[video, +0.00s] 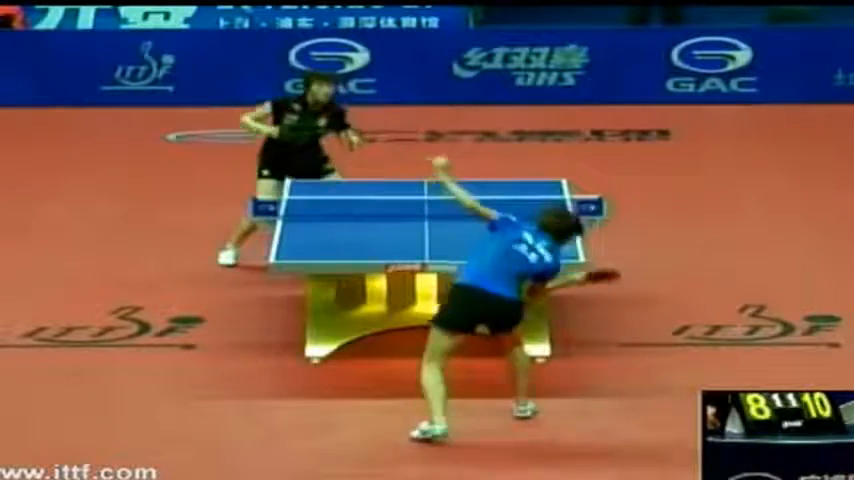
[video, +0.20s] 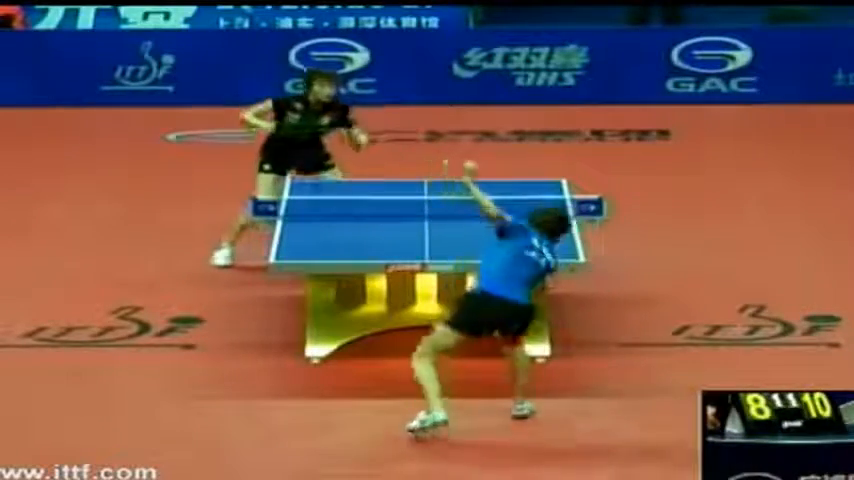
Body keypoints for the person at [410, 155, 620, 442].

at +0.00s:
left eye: (548, 213)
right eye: (567, 236)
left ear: (543, 218)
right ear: (564, 237)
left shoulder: (511, 224)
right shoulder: (551, 261)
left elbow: (473, 207)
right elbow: (533, 295)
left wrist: (444, 177)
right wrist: (572, 281)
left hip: (467, 291)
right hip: (505, 302)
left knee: (432, 361)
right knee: (515, 345)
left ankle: (437, 422)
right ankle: (522, 403)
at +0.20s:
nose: (533, 214)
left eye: (537, 213)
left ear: (536, 219)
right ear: (557, 233)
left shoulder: (516, 229)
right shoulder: (549, 258)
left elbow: (491, 211)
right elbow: (538, 290)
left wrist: (469, 182)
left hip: (484, 300)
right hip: (518, 308)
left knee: (423, 354)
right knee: (516, 347)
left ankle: (435, 410)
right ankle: (521, 402)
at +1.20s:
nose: (503, 198)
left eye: (507, 195)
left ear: (507, 202)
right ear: (535, 212)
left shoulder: (479, 219)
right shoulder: (536, 240)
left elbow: (428, 221)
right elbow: (538, 286)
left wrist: (416, 207)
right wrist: (545, 323)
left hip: (467, 300)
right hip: (507, 303)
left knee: (442, 365)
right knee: (537, 342)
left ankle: (450, 432)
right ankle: (550, 399)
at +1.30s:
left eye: (529, 198)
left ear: (528, 204)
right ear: (552, 220)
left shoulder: (498, 217)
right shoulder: (547, 245)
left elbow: (448, 211)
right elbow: (543, 287)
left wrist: (417, 193)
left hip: (467, 294)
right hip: (506, 301)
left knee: (444, 365)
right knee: (536, 338)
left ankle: (449, 431)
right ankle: (550, 388)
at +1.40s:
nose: (582, 240)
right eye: (583, 234)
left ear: (552, 219)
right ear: (574, 234)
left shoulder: (522, 226)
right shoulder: (563, 259)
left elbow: (479, 209)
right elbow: (552, 288)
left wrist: (447, 183)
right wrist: (590, 278)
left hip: (482, 295)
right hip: (519, 304)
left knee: (449, 363)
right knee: (537, 340)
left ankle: (449, 423)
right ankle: (539, 395)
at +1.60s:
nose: (545, 216)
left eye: (549, 214)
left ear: (550, 219)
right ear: (571, 231)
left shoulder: (536, 229)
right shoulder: (567, 256)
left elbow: (514, 214)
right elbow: (549, 281)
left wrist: (491, 188)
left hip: (507, 297)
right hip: (540, 306)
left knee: (432, 349)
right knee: (536, 338)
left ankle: (463, 399)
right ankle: (540, 393)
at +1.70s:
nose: (534, 208)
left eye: (537, 206)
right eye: (535, 206)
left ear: (542, 210)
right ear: (565, 218)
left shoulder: (532, 223)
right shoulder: (563, 246)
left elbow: (513, 212)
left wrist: (489, 187)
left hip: (508, 294)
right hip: (541, 304)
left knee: (428, 336)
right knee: (537, 336)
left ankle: (463, 391)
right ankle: (539, 393)